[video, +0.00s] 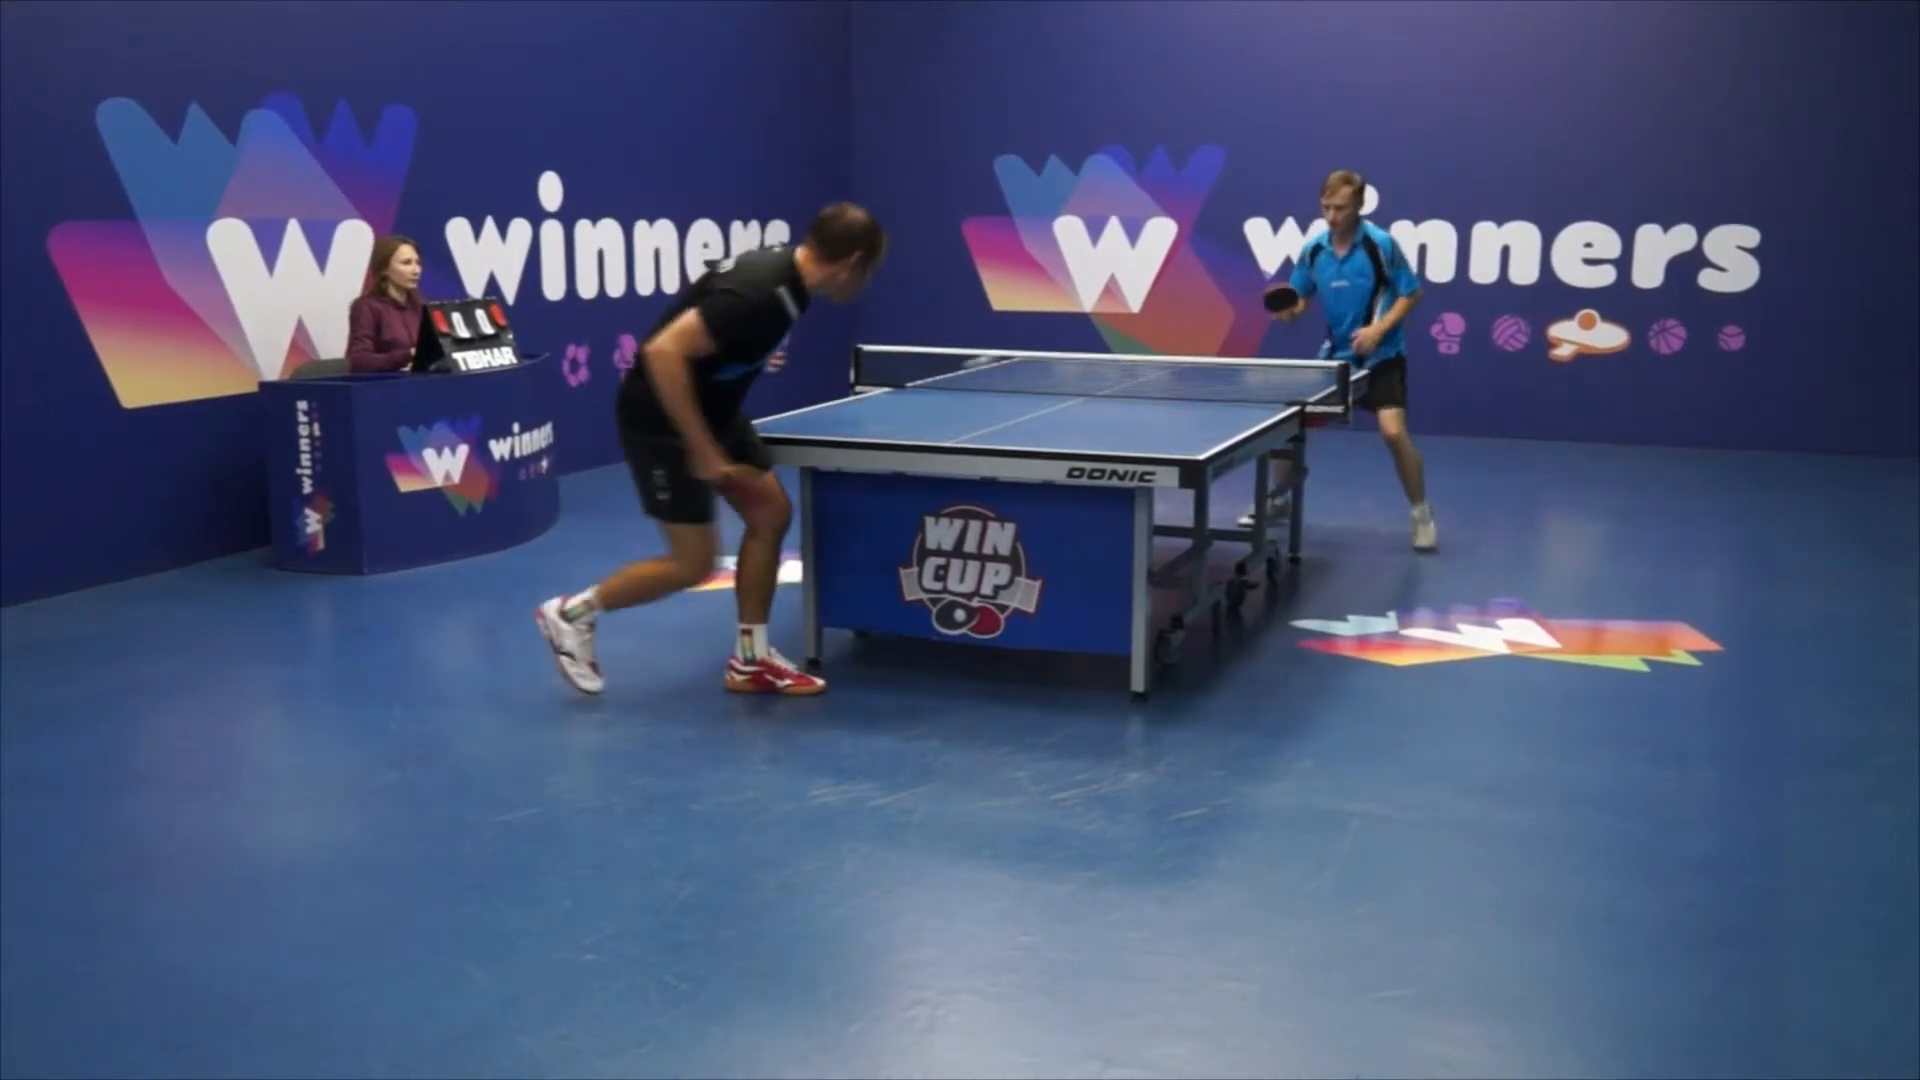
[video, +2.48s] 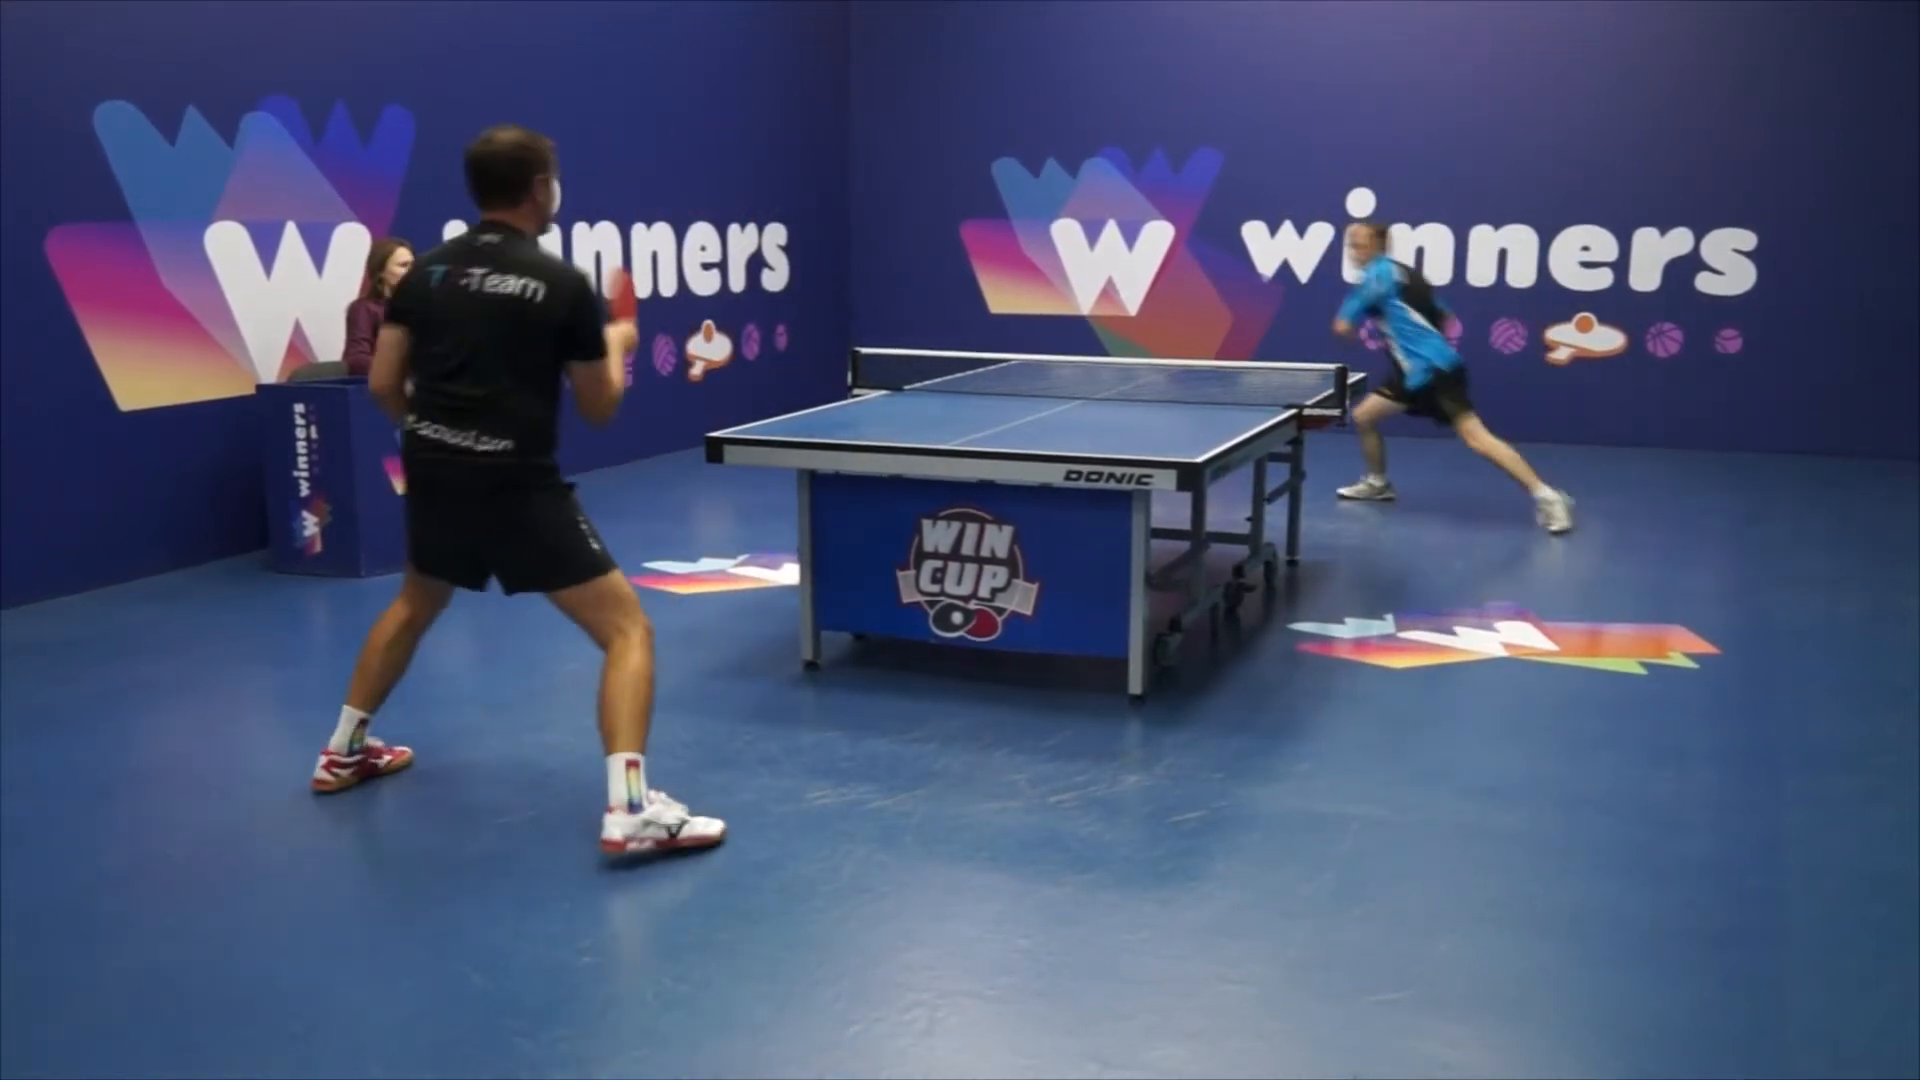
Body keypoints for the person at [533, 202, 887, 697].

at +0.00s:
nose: (863, 283)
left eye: (868, 273)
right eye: (865, 271)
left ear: (822, 246)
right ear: (845, 265)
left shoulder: (786, 279)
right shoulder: (758, 295)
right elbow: (662, 352)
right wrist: (702, 448)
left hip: (713, 408)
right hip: (659, 416)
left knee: (770, 511)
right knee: (693, 562)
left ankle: (751, 656)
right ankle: (571, 614)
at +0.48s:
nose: (800, 194)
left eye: (797, 182)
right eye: (797, 184)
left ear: (733, 183)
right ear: (781, 188)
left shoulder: (670, 233)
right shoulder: (779, 260)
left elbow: (611, 318)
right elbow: (785, 372)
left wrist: (635, 377)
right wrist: (837, 399)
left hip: (633, 413)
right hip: (703, 423)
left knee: (662, 530)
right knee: (768, 585)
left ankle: (653, 658)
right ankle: (741, 748)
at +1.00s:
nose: (709, 247)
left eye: (708, 237)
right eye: (710, 237)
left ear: (644, 226)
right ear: (698, 237)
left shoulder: (574, 266)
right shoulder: (691, 318)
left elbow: (502, 338)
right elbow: (724, 434)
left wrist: (528, 406)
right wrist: (754, 421)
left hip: (513, 438)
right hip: (587, 454)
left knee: (536, 553)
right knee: (709, 585)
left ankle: (493, 702)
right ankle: (736, 751)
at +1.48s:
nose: (659, 217)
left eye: (656, 205)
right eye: (656, 206)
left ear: (590, 212)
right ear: (640, 213)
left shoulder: (534, 276)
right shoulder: (657, 301)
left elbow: (478, 367)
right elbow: (722, 406)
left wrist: (522, 421)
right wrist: (783, 382)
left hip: (513, 463)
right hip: (592, 473)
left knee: (549, 558)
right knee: (721, 599)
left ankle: (494, 704)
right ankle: (689, 770)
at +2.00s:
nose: (619, 224)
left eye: (619, 211)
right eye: (617, 211)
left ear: (560, 195)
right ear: (594, 205)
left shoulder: (523, 251)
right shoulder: (545, 277)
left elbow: (496, 370)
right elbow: (533, 404)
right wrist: (631, 423)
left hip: (491, 463)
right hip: (533, 468)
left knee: (497, 619)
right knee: (643, 607)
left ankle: (361, 730)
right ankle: (680, 800)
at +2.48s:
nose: (556, 191)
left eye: (551, 179)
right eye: (552, 181)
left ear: (479, 193)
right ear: (538, 193)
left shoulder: (428, 270)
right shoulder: (563, 286)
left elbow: (384, 384)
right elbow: (599, 405)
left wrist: (432, 415)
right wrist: (617, 347)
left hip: (433, 484)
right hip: (520, 491)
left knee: (415, 603)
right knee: (627, 631)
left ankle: (344, 745)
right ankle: (629, 803)